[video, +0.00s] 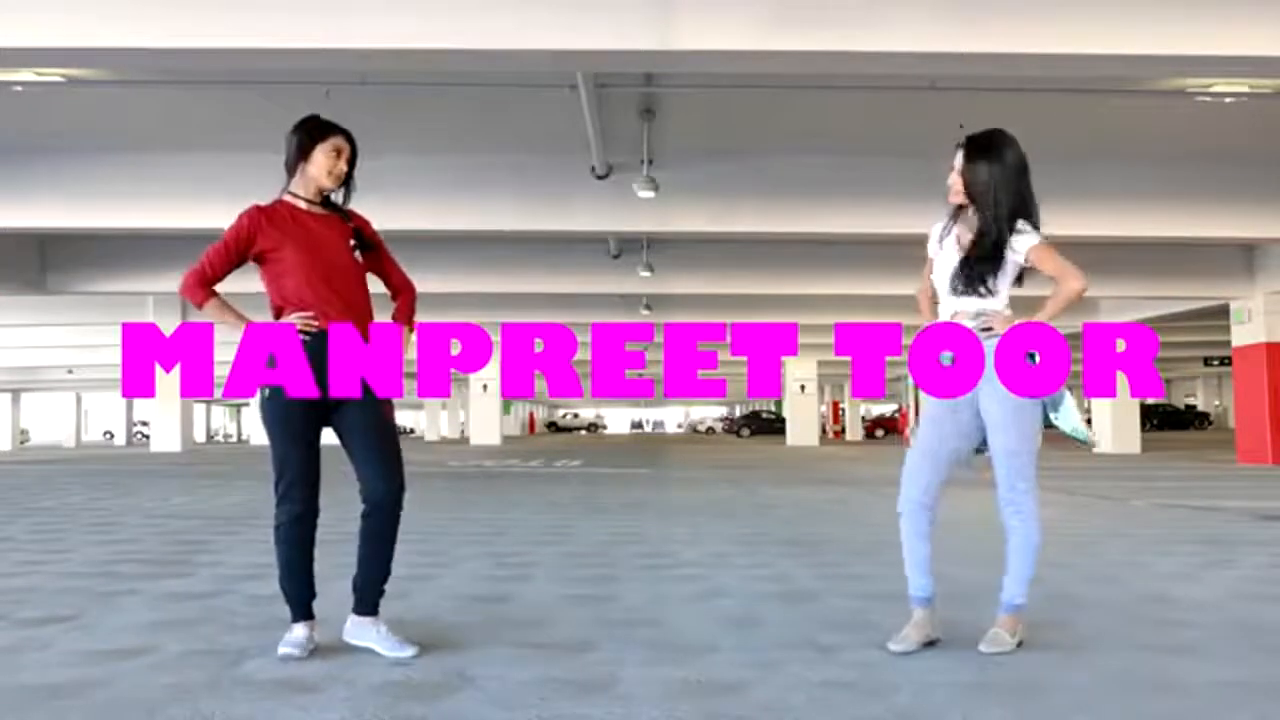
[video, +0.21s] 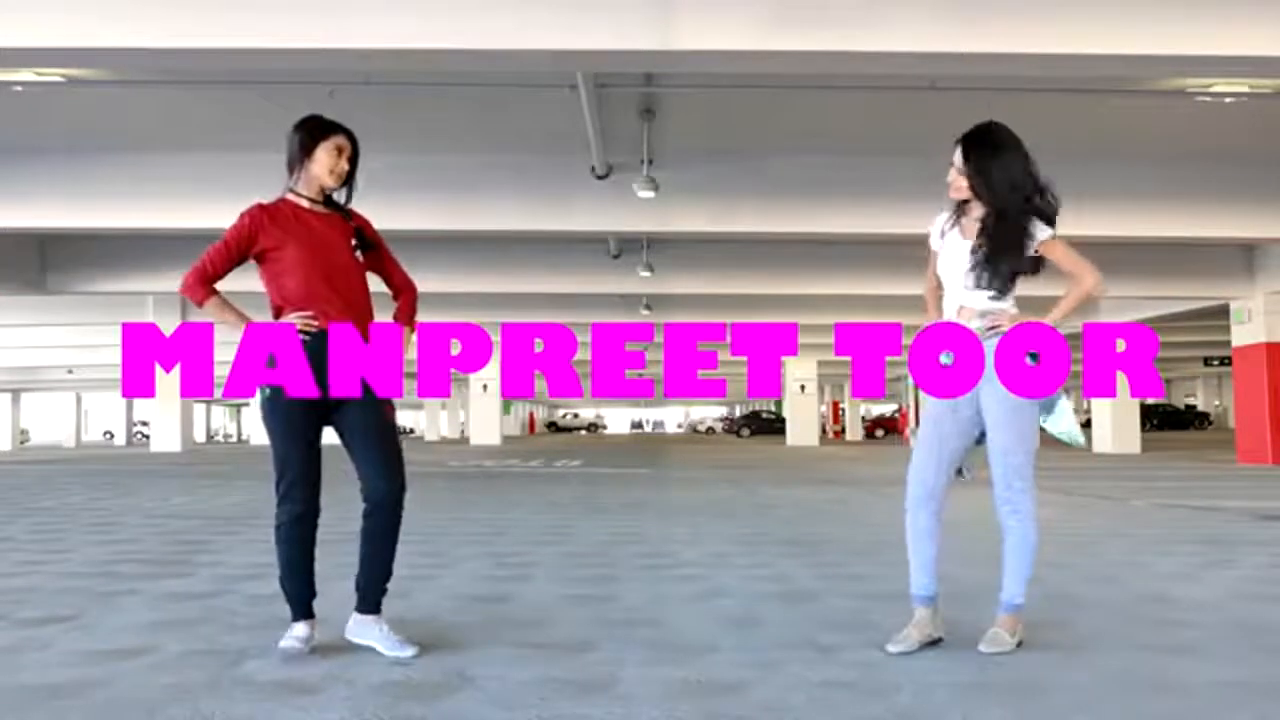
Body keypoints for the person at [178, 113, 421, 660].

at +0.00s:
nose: (342, 166)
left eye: (347, 159)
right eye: (333, 153)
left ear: (345, 169)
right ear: (301, 155)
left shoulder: (354, 227)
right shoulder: (262, 220)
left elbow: (405, 292)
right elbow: (194, 284)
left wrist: (392, 353)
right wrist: (256, 330)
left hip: (357, 372)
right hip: (292, 372)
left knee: (386, 489)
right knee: (295, 500)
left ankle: (364, 619)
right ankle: (301, 623)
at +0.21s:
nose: (343, 164)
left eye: (348, 157)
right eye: (334, 152)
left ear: (347, 167)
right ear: (304, 154)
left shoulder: (354, 226)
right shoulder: (264, 218)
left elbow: (406, 292)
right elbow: (194, 283)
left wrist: (391, 355)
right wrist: (257, 329)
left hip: (357, 371)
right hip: (292, 372)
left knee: (387, 488)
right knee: (296, 499)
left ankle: (366, 617)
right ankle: (302, 620)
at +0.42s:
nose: (344, 163)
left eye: (350, 156)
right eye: (335, 151)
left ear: (349, 168)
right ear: (305, 154)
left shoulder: (357, 226)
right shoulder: (264, 218)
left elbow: (410, 292)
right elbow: (194, 283)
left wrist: (391, 353)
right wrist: (255, 329)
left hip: (357, 371)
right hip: (291, 372)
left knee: (385, 489)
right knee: (295, 499)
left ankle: (365, 618)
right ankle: (301, 620)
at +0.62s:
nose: (344, 162)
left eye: (349, 155)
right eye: (334, 150)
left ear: (348, 167)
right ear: (303, 154)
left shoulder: (357, 227)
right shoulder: (263, 218)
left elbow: (412, 292)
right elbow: (191, 282)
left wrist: (389, 351)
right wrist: (248, 328)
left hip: (355, 370)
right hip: (289, 370)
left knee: (383, 489)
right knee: (293, 499)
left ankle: (366, 618)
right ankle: (301, 621)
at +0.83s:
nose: (342, 159)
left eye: (347, 152)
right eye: (332, 147)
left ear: (346, 166)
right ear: (301, 152)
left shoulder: (355, 227)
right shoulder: (260, 217)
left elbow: (410, 292)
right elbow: (188, 281)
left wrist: (389, 356)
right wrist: (245, 328)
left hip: (353, 370)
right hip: (286, 370)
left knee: (380, 490)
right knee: (291, 501)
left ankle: (365, 618)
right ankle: (300, 624)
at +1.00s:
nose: (343, 155)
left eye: (348, 150)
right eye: (333, 144)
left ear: (347, 164)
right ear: (302, 149)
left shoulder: (354, 226)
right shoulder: (260, 214)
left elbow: (407, 291)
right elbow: (185, 275)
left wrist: (385, 350)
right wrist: (236, 325)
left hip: (347, 366)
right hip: (282, 366)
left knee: (391, 479)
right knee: (289, 499)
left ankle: (387, 604)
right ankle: (300, 623)